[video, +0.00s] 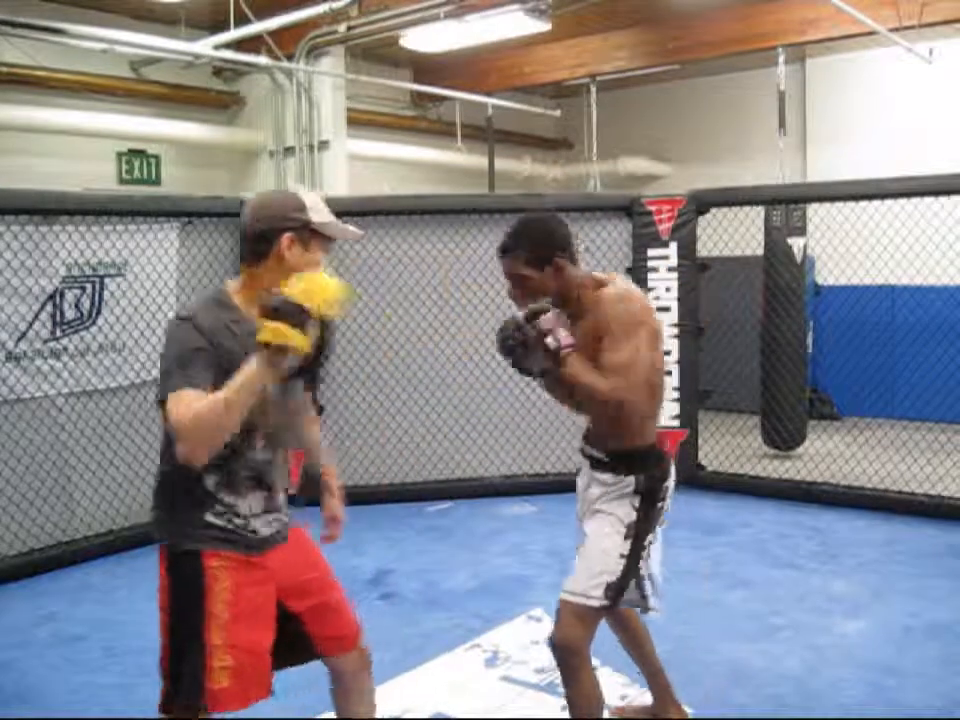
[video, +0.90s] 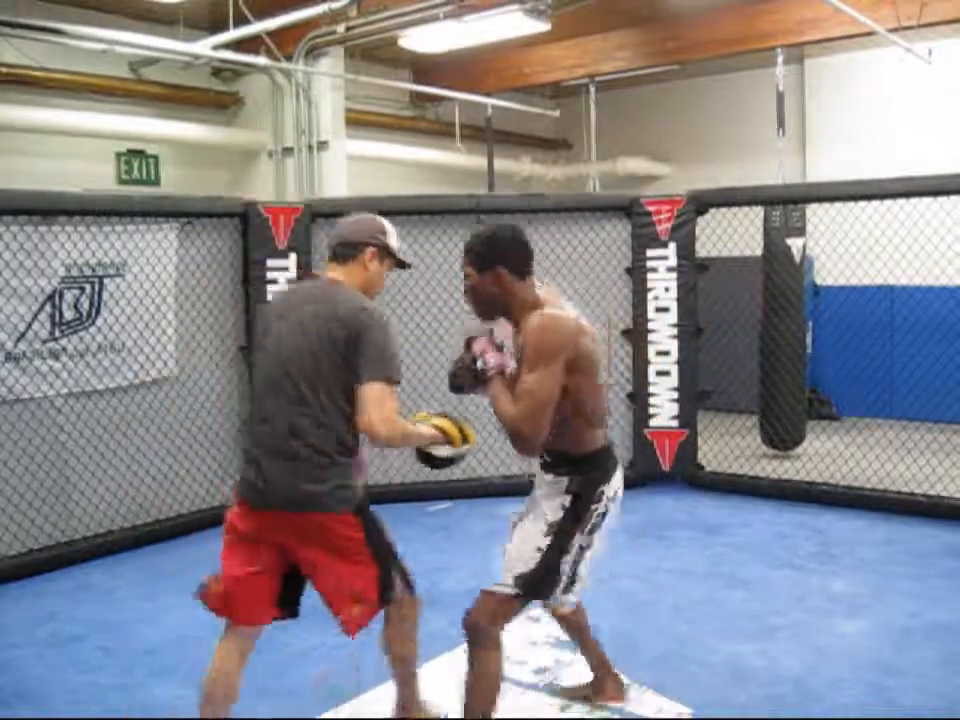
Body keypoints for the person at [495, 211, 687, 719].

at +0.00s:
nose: (514, 294)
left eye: (520, 281)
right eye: (509, 282)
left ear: (558, 267)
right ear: (556, 267)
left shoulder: (623, 307)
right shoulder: (569, 309)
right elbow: (582, 399)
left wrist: (561, 354)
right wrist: (541, 365)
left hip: (633, 481)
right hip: (596, 470)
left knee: (568, 641)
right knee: (611, 601)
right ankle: (667, 703)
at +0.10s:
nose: (513, 286)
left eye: (523, 275)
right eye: (511, 274)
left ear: (562, 269)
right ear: (557, 269)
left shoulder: (615, 317)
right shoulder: (563, 312)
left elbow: (603, 424)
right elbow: (568, 396)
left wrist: (548, 362)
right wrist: (531, 352)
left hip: (625, 484)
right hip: (587, 474)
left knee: (558, 643)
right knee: (602, 605)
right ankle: (666, 703)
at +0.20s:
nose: (519, 276)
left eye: (529, 265)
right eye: (517, 264)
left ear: (570, 256)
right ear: (555, 257)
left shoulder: (629, 302)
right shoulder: (544, 290)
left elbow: (642, 408)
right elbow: (469, 335)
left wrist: (583, 352)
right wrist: (448, 314)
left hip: (620, 471)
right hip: (571, 463)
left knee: (575, 639)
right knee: (611, 596)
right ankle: (666, 702)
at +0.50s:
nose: (510, 274)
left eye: (518, 263)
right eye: (507, 263)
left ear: (556, 253)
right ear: (508, 256)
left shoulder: (617, 285)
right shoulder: (514, 287)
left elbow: (655, 388)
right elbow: (524, 364)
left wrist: (590, 356)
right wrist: (499, 371)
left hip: (599, 454)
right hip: (547, 450)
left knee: (584, 620)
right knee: (566, 596)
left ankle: (600, 710)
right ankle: (596, 698)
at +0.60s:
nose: (497, 270)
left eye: (503, 258)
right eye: (494, 258)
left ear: (543, 248)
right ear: (535, 249)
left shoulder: (605, 290)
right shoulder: (530, 290)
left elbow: (620, 394)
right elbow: (539, 358)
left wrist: (551, 357)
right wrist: (498, 362)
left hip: (589, 459)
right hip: (546, 451)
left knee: (572, 617)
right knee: (552, 593)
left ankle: (591, 712)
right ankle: (579, 698)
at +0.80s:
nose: (474, 256)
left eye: (480, 246)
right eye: (473, 246)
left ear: (513, 241)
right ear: (514, 242)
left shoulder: (561, 289)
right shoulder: (529, 285)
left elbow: (541, 394)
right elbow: (537, 356)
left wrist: (499, 332)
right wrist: (492, 339)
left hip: (584, 449)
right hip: (557, 444)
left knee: (516, 609)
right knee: (541, 574)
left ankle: (530, 712)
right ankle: (587, 685)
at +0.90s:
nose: (466, 288)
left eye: (470, 276)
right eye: (466, 277)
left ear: (499, 276)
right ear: (510, 274)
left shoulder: (550, 327)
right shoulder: (533, 313)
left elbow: (527, 436)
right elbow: (537, 393)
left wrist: (492, 378)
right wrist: (495, 367)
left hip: (581, 482)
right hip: (559, 473)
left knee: (482, 623)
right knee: (550, 587)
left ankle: (476, 713)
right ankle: (605, 678)